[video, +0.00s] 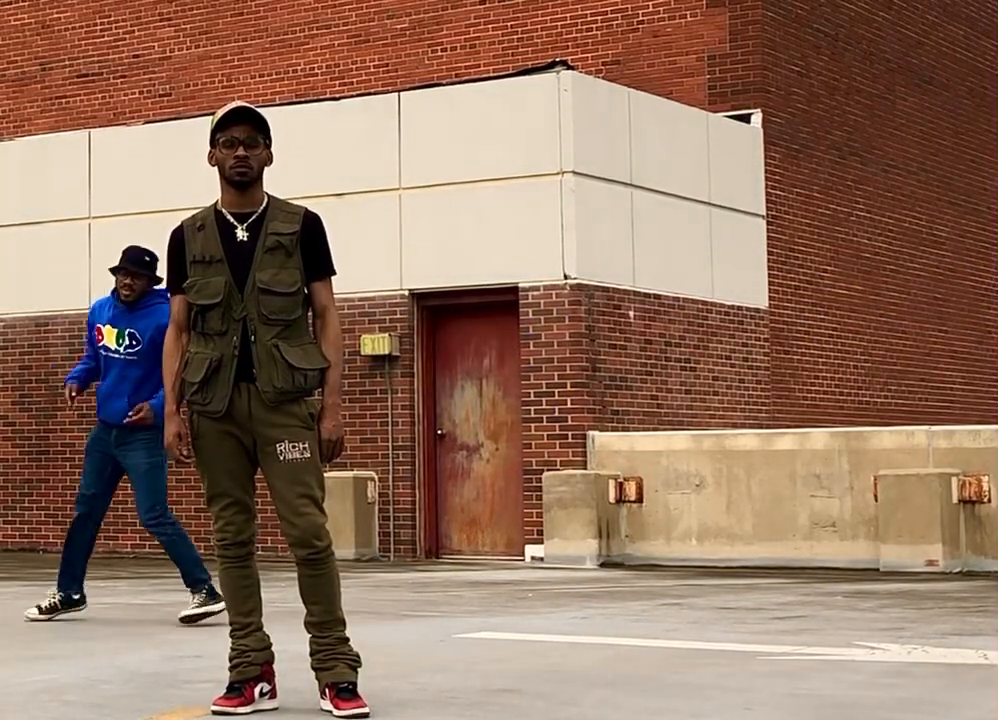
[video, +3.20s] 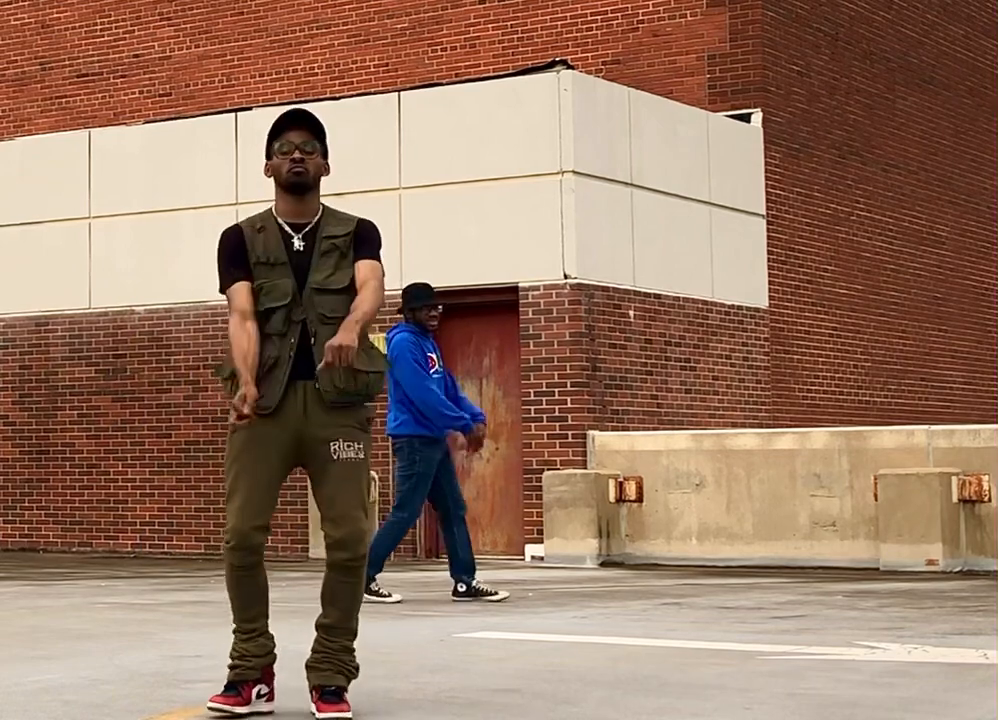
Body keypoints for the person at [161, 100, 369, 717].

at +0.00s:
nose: (241, 153)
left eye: (251, 144)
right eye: (230, 144)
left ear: (268, 154)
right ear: (212, 155)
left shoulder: (301, 224)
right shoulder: (187, 235)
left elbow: (327, 317)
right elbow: (177, 329)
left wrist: (333, 403)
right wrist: (171, 409)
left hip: (287, 403)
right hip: (212, 407)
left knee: (309, 538)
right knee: (232, 540)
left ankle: (336, 671)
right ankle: (250, 667)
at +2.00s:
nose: (291, 161)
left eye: (302, 151)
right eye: (280, 153)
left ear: (321, 162)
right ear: (264, 166)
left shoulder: (355, 236)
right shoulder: (234, 237)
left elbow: (380, 327)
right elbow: (203, 316)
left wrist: (373, 407)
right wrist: (196, 383)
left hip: (328, 411)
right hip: (250, 410)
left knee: (335, 543)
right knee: (239, 541)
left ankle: (324, 674)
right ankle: (253, 666)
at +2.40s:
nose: (337, 184)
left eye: (348, 176)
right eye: (326, 172)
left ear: (358, 184)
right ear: (300, 175)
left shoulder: (365, 250)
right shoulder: (255, 233)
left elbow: (388, 315)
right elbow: (235, 326)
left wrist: (399, 347)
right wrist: (260, 415)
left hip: (315, 411)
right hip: (238, 405)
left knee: (334, 534)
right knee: (226, 537)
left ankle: (324, 676)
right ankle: (247, 669)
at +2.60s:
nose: (303, 193)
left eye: (313, 185)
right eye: (291, 183)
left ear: (324, 196)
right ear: (267, 190)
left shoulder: (339, 271)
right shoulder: (228, 258)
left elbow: (353, 353)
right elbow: (234, 361)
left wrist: (352, 362)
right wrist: (293, 433)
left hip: (304, 430)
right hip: (229, 431)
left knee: (349, 539)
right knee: (221, 550)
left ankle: (322, 672)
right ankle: (244, 675)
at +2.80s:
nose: (281, 163)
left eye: (292, 156)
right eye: (269, 156)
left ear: (309, 169)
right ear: (253, 169)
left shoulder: (341, 246)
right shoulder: (220, 240)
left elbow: (350, 345)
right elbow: (206, 333)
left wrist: (328, 423)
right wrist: (237, 412)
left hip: (313, 415)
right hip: (235, 414)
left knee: (342, 533)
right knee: (226, 541)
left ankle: (327, 671)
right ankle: (245, 674)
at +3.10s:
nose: (294, 169)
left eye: (305, 161)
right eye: (282, 163)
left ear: (323, 175)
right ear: (266, 179)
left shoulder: (358, 245)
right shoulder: (241, 252)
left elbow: (368, 320)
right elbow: (226, 322)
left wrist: (349, 385)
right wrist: (213, 366)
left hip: (338, 414)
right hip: (260, 415)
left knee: (351, 551)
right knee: (236, 544)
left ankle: (330, 677)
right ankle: (248, 672)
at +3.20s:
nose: (299, 156)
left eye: (310, 150)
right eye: (287, 150)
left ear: (324, 165)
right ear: (269, 166)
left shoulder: (356, 231)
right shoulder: (241, 238)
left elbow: (372, 290)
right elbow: (243, 315)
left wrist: (352, 324)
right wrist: (246, 378)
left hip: (338, 404)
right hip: (266, 402)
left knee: (350, 542)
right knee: (241, 539)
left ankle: (331, 675)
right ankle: (251, 668)